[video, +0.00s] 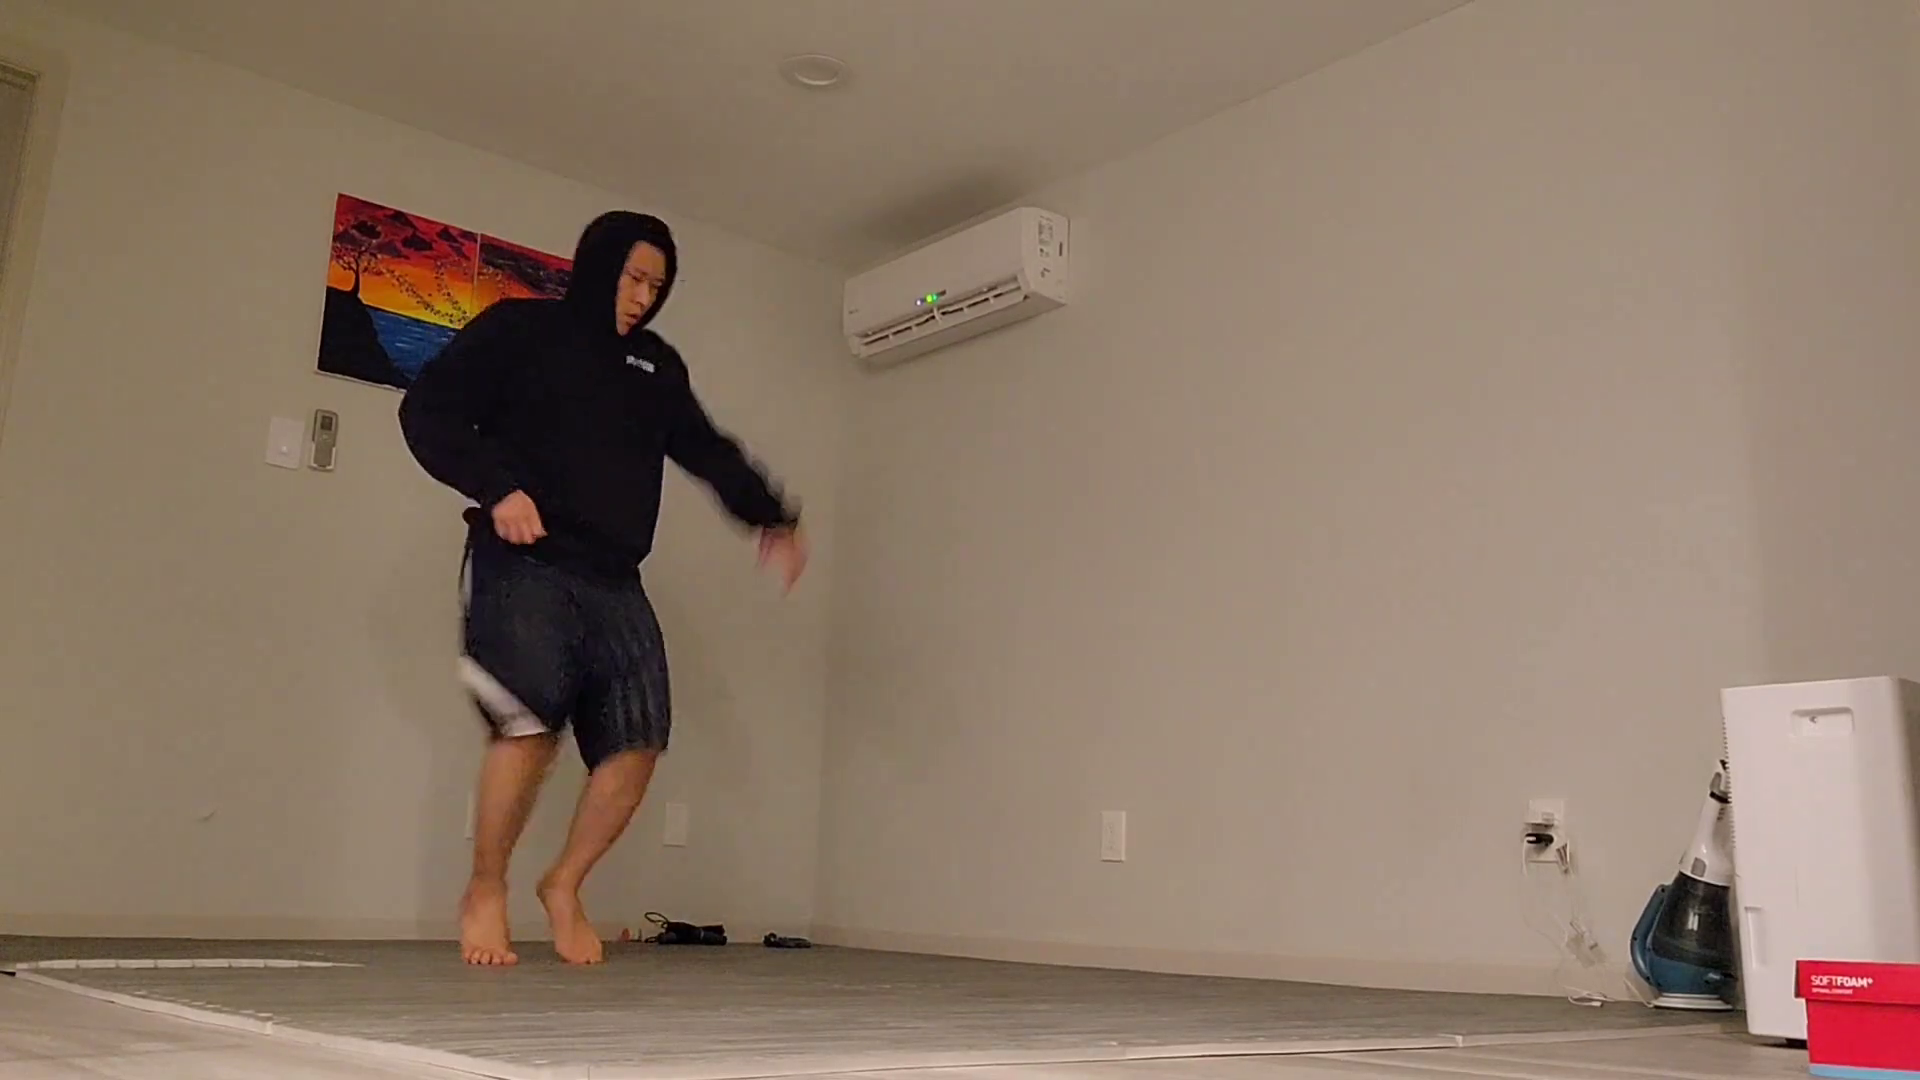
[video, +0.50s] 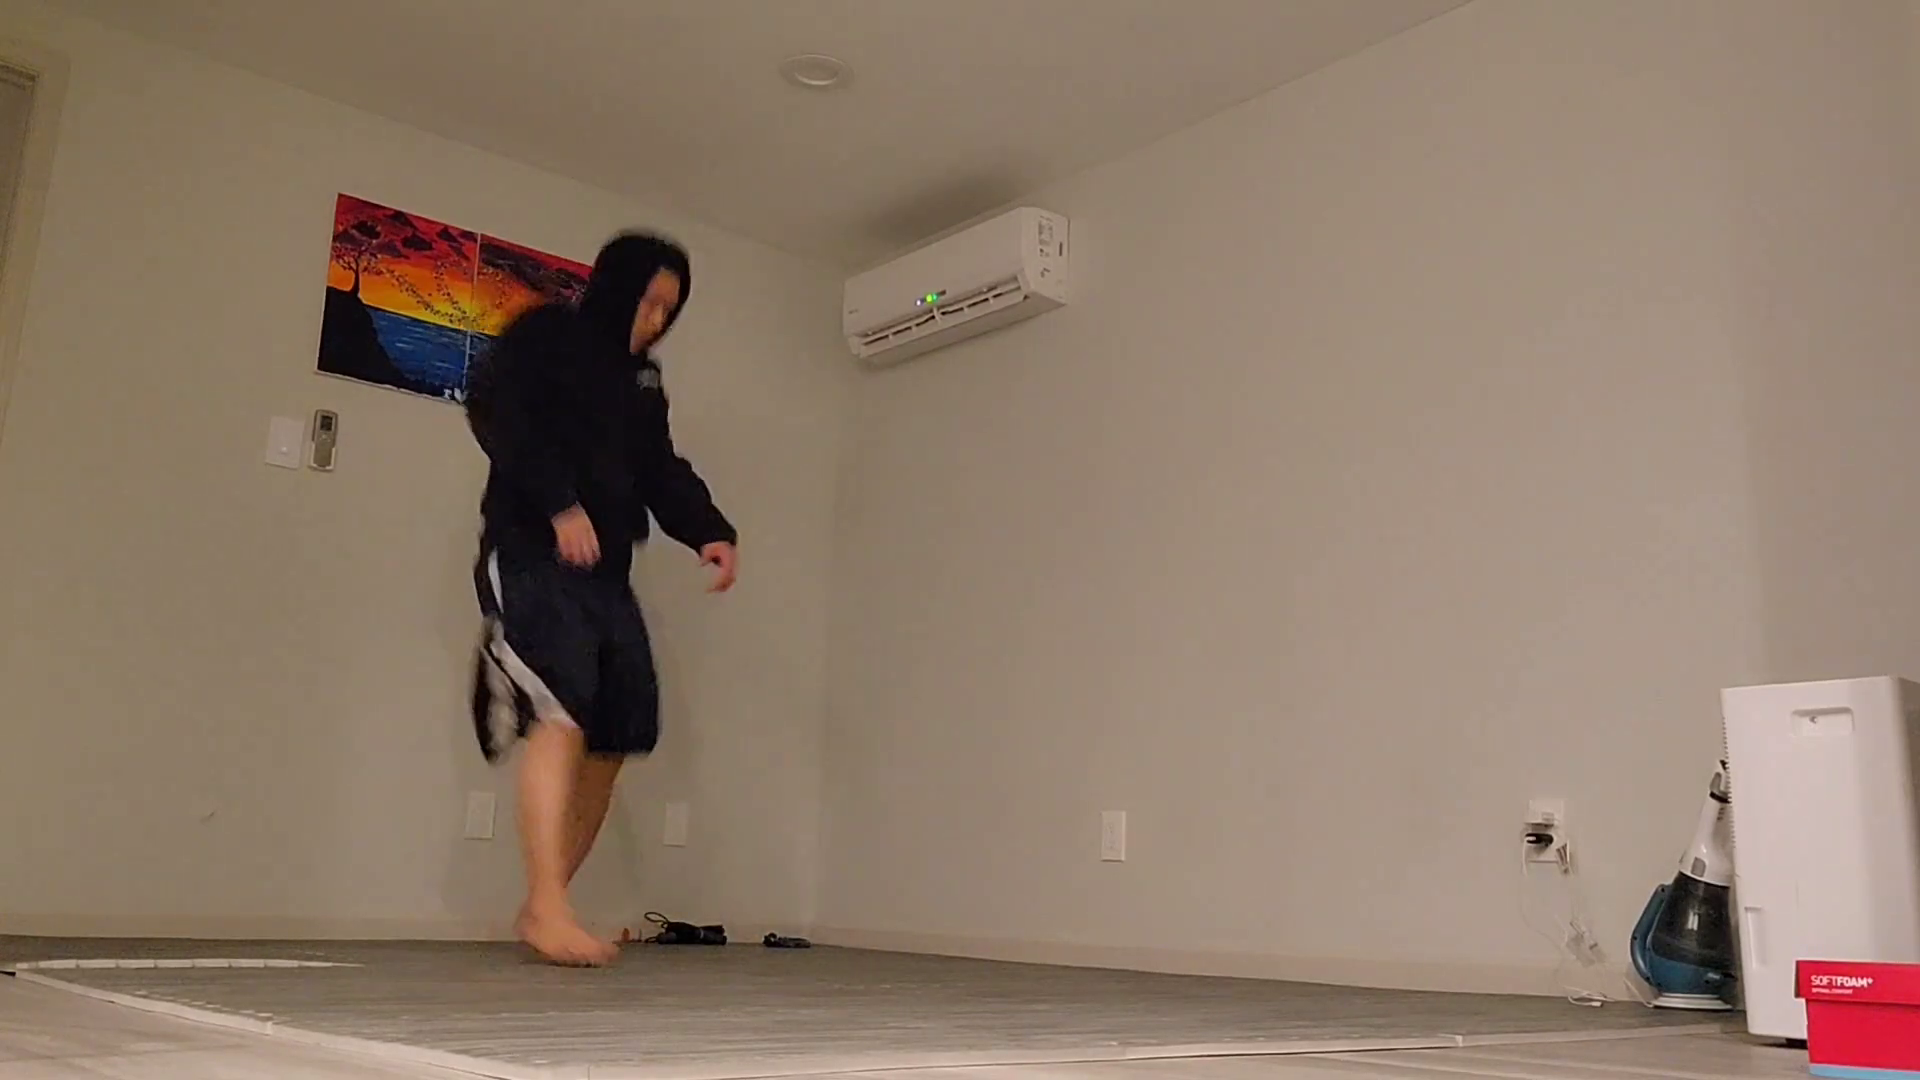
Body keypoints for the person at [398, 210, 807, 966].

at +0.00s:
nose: (643, 296)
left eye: (656, 286)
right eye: (634, 277)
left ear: (662, 292)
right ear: (594, 267)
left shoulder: (656, 367)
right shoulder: (517, 328)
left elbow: (704, 447)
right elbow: (426, 410)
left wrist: (768, 513)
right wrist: (497, 487)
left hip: (612, 577)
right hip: (521, 559)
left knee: (637, 740)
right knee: (528, 727)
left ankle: (563, 886)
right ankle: (486, 892)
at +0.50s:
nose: (660, 321)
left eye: (669, 310)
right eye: (654, 303)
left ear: (669, 311)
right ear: (618, 287)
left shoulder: (641, 375)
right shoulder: (545, 332)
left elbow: (656, 465)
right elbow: (494, 408)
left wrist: (708, 529)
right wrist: (560, 502)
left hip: (604, 568)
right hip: (529, 553)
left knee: (612, 729)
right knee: (559, 714)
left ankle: (545, 906)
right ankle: (547, 912)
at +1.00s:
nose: (668, 337)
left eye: (672, 329)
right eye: (661, 321)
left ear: (647, 332)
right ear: (617, 308)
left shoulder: (633, 398)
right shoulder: (531, 351)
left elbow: (610, 498)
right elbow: (559, 409)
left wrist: (598, 581)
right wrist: (637, 346)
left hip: (572, 592)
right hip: (492, 575)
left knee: (579, 749)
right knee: (512, 730)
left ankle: (509, 887)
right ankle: (444, 912)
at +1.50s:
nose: (634, 356)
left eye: (643, 346)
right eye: (626, 339)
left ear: (640, 352)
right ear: (585, 327)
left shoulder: (612, 415)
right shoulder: (517, 370)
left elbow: (651, 459)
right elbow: (588, 399)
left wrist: (710, 492)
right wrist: (685, 381)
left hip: (568, 611)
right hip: (496, 591)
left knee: (563, 769)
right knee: (537, 724)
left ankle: (465, 914)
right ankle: (523, 921)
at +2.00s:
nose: (659, 343)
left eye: (672, 331)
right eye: (647, 324)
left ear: (681, 335)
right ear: (609, 318)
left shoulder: (682, 406)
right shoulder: (536, 390)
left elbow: (732, 502)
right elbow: (433, 458)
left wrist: (810, 577)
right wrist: (341, 533)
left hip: (647, 625)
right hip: (547, 625)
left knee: (710, 778)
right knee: (524, 778)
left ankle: (740, 929)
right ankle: (511, 922)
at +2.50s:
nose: (586, 287)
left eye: (603, 274)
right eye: (575, 268)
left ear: (622, 275)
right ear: (549, 259)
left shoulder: (631, 316)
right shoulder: (490, 315)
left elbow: (637, 371)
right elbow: (433, 401)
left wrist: (525, 356)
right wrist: (517, 467)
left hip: (608, 544)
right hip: (514, 546)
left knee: (581, 688)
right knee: (485, 734)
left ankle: (549, 878)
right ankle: (456, 907)